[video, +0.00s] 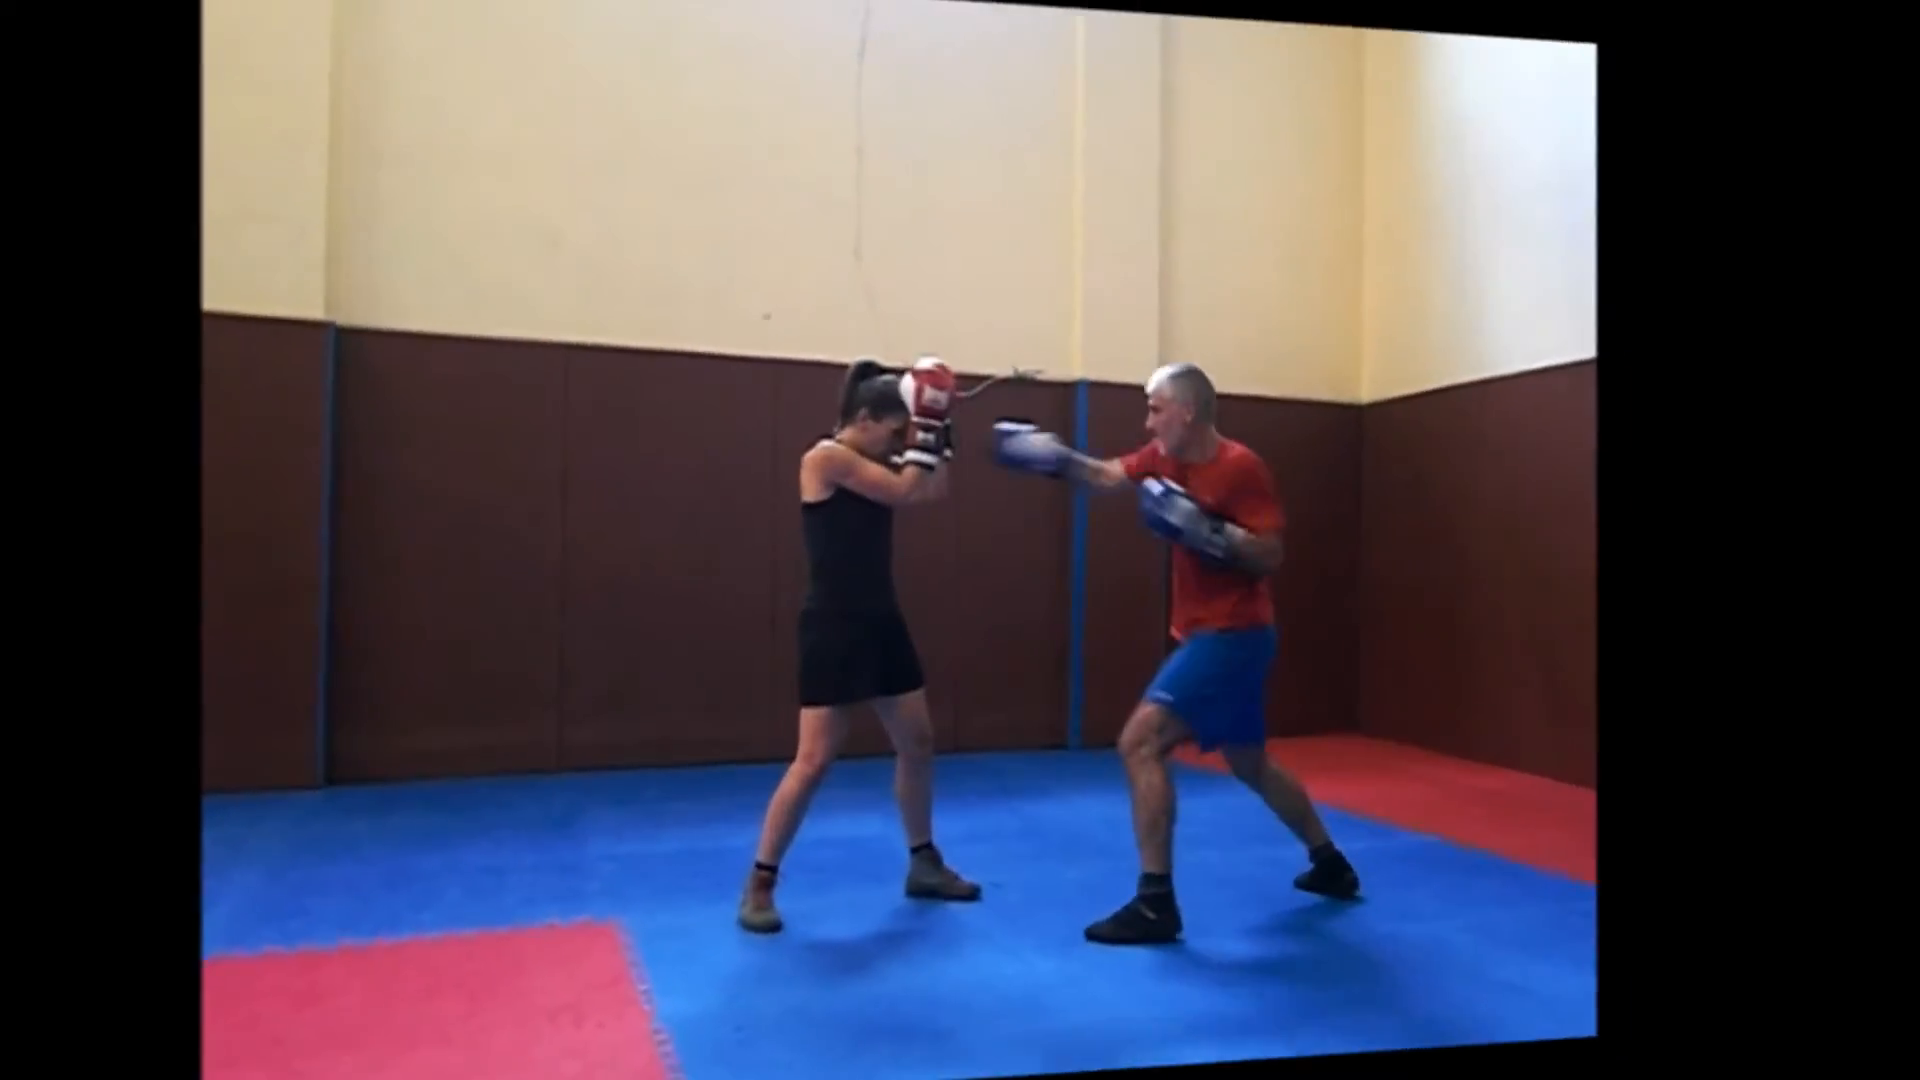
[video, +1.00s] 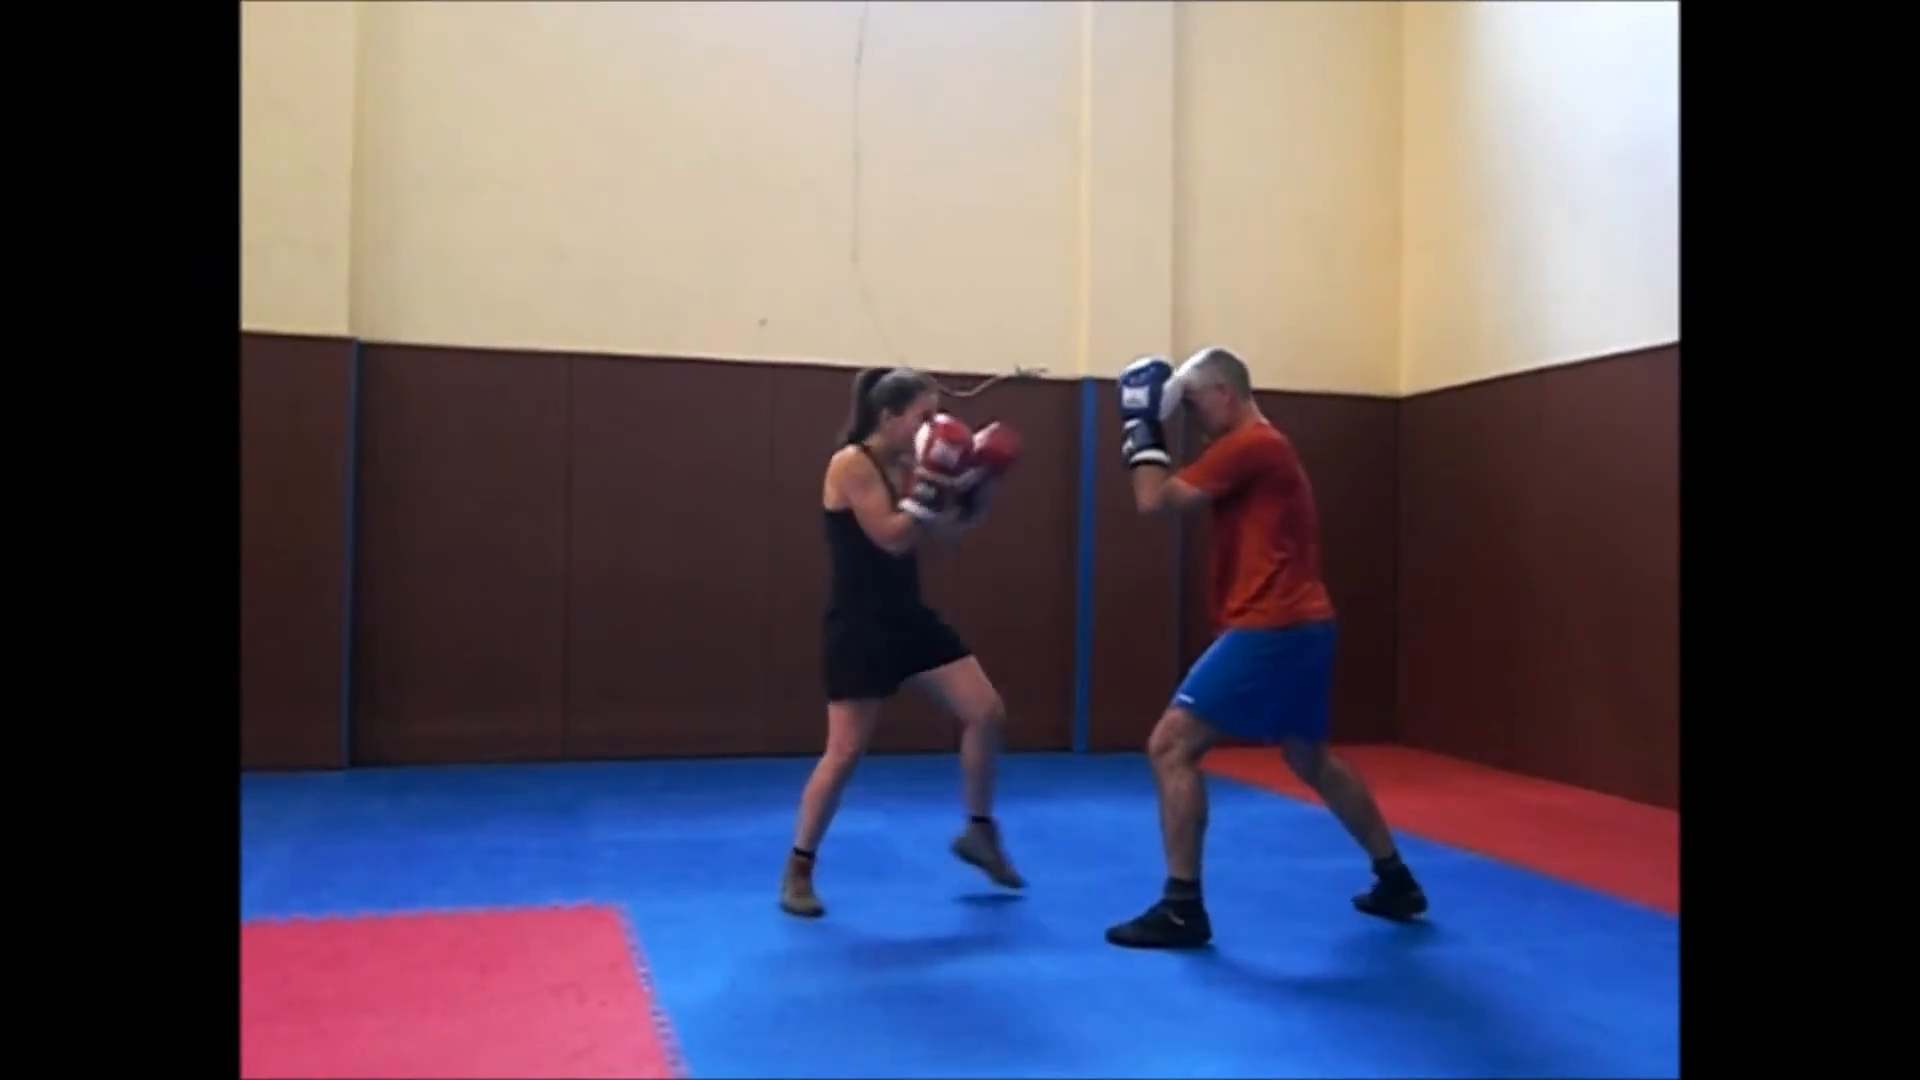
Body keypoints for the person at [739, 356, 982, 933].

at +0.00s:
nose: (898, 439)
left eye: (901, 430)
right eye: (892, 428)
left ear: (885, 424)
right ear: (862, 418)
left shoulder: (868, 463)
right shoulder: (826, 459)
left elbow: (931, 485)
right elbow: (904, 489)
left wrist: (937, 431)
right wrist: (927, 432)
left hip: (879, 623)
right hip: (833, 626)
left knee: (917, 740)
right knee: (812, 761)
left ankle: (924, 865)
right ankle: (760, 884)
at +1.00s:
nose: (928, 428)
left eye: (931, 418)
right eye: (922, 417)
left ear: (902, 419)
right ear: (889, 415)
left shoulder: (904, 466)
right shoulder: (851, 464)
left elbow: (946, 530)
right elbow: (889, 534)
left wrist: (969, 484)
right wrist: (928, 487)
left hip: (909, 620)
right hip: (859, 627)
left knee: (984, 712)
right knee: (844, 750)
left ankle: (979, 829)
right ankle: (799, 867)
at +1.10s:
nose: (942, 424)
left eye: (944, 414)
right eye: (933, 413)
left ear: (935, 416)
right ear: (896, 413)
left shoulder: (941, 451)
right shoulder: (859, 456)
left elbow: (1019, 471)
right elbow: (866, 534)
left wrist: (1060, 437)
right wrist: (918, 486)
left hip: (930, 614)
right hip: (872, 617)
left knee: (974, 729)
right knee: (850, 741)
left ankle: (992, 844)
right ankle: (803, 862)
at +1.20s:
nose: (961, 433)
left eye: (964, 424)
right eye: (954, 423)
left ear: (950, 424)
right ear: (917, 419)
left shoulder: (957, 458)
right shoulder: (875, 460)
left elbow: (1019, 490)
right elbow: (876, 534)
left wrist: (1059, 453)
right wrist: (930, 489)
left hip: (943, 619)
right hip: (888, 621)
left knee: (978, 734)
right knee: (865, 744)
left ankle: (988, 854)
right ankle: (810, 861)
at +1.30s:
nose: (981, 435)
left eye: (982, 426)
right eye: (974, 425)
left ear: (950, 425)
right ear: (942, 422)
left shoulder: (946, 470)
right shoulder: (902, 460)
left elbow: (970, 534)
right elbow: (930, 504)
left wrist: (1003, 499)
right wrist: (984, 467)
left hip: (940, 621)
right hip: (898, 622)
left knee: (976, 737)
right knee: (884, 745)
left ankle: (987, 856)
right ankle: (805, 857)